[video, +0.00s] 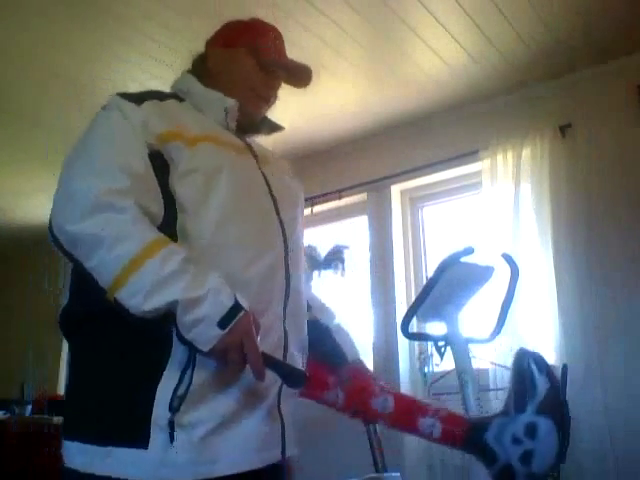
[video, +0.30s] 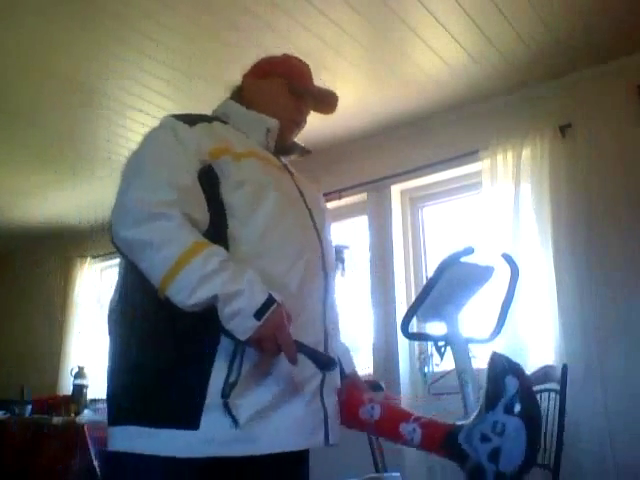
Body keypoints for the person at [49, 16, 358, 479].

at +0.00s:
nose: (274, 88)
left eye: (280, 78)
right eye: (266, 68)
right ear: (222, 56)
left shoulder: (275, 169)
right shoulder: (136, 119)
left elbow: (283, 284)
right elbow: (89, 216)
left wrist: (338, 355)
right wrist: (208, 309)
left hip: (258, 443)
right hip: (149, 447)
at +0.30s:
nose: (304, 114)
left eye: (308, 105)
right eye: (298, 98)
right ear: (262, 87)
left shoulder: (298, 185)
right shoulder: (185, 136)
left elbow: (309, 297)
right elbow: (143, 222)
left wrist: (342, 374)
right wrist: (245, 301)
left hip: (283, 436)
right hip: (190, 437)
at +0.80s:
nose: (334, 142)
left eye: (340, 134)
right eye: (328, 126)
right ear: (295, 114)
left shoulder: (333, 218)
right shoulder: (212, 152)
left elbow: (334, 321)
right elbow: (149, 226)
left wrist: (355, 393)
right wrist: (192, 311)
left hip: (286, 439)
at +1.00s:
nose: (316, 127)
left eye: (323, 121)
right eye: (307, 112)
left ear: (325, 131)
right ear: (273, 110)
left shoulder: (331, 215)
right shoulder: (201, 159)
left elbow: (343, 320)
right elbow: (129, 249)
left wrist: (380, 390)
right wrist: (132, 335)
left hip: (286, 436)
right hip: (183, 428)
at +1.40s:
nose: (252, 114)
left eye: (264, 106)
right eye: (240, 102)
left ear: (275, 120)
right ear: (214, 109)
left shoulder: (297, 202)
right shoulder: (148, 172)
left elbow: (323, 301)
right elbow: (90, 271)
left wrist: (355, 376)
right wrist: (76, 362)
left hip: (262, 431)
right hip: (155, 427)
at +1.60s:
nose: (210, 106)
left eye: (223, 97)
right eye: (198, 93)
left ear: (235, 111)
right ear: (174, 102)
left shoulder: (262, 194)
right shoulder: (104, 171)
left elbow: (291, 299)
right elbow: (49, 272)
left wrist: (318, 379)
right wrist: (42, 350)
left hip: (226, 437)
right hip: (110, 435)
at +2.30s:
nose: (192, 100)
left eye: (205, 96)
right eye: (180, 89)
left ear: (217, 113)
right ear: (155, 99)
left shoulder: (240, 201)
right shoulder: (94, 166)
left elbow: (253, 307)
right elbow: (57, 265)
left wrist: (266, 386)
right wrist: (87, 352)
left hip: (221, 439)